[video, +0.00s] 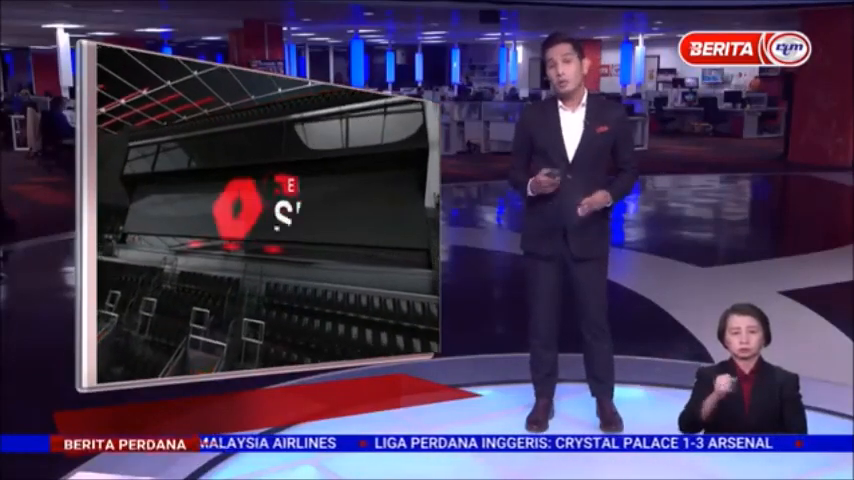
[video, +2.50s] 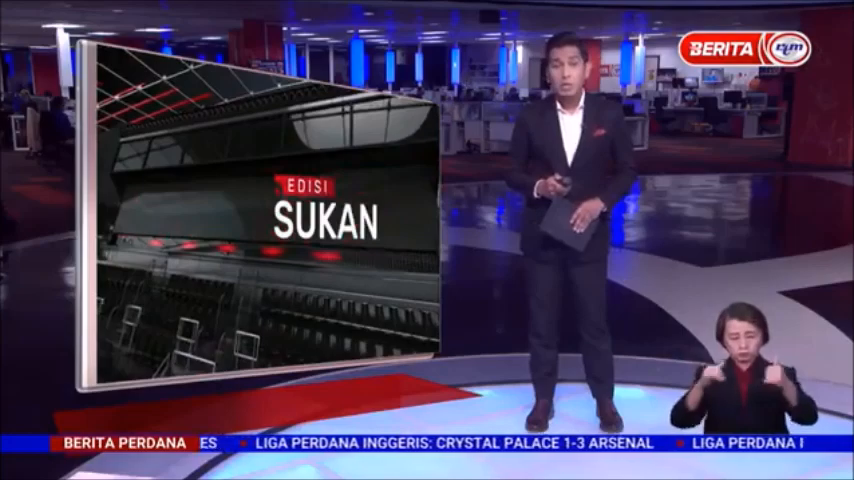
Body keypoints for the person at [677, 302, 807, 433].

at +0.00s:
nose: (744, 339)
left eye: (752, 331)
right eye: (735, 333)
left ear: (765, 338)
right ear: (724, 340)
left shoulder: (785, 381)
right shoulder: (709, 377)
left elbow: (797, 437)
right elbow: (687, 426)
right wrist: (715, 396)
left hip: (770, 466)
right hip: (718, 464)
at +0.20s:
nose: (744, 339)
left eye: (752, 332)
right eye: (735, 333)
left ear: (764, 338)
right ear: (724, 340)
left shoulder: (786, 381)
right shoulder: (709, 378)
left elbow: (797, 439)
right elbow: (693, 432)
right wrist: (736, 406)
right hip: (717, 464)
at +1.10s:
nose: (743, 339)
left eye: (751, 331)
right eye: (734, 332)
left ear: (763, 336)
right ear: (724, 340)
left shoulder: (783, 377)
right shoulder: (710, 376)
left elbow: (809, 419)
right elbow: (691, 423)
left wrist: (775, 411)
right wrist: (732, 392)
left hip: (772, 463)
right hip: (720, 462)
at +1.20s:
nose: (743, 340)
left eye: (750, 331)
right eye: (734, 333)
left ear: (763, 336)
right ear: (723, 340)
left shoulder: (783, 375)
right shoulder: (710, 376)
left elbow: (810, 414)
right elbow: (691, 422)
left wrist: (778, 392)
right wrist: (731, 387)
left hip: (774, 461)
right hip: (722, 462)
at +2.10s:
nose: (743, 341)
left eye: (750, 332)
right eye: (734, 334)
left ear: (762, 335)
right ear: (722, 340)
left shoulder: (782, 375)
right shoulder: (710, 375)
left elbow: (804, 416)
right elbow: (685, 420)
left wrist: (758, 392)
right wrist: (725, 399)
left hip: (774, 461)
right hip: (720, 462)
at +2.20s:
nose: (742, 342)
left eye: (749, 333)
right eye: (733, 335)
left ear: (761, 336)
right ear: (722, 341)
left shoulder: (782, 375)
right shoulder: (709, 376)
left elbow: (808, 419)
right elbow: (680, 423)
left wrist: (774, 395)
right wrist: (706, 406)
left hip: (775, 461)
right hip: (721, 461)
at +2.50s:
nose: (743, 345)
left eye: (750, 336)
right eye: (734, 337)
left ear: (762, 338)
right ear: (723, 341)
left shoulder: (781, 375)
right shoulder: (711, 376)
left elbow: (809, 417)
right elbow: (680, 420)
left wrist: (784, 384)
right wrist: (701, 385)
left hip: (772, 460)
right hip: (720, 460)